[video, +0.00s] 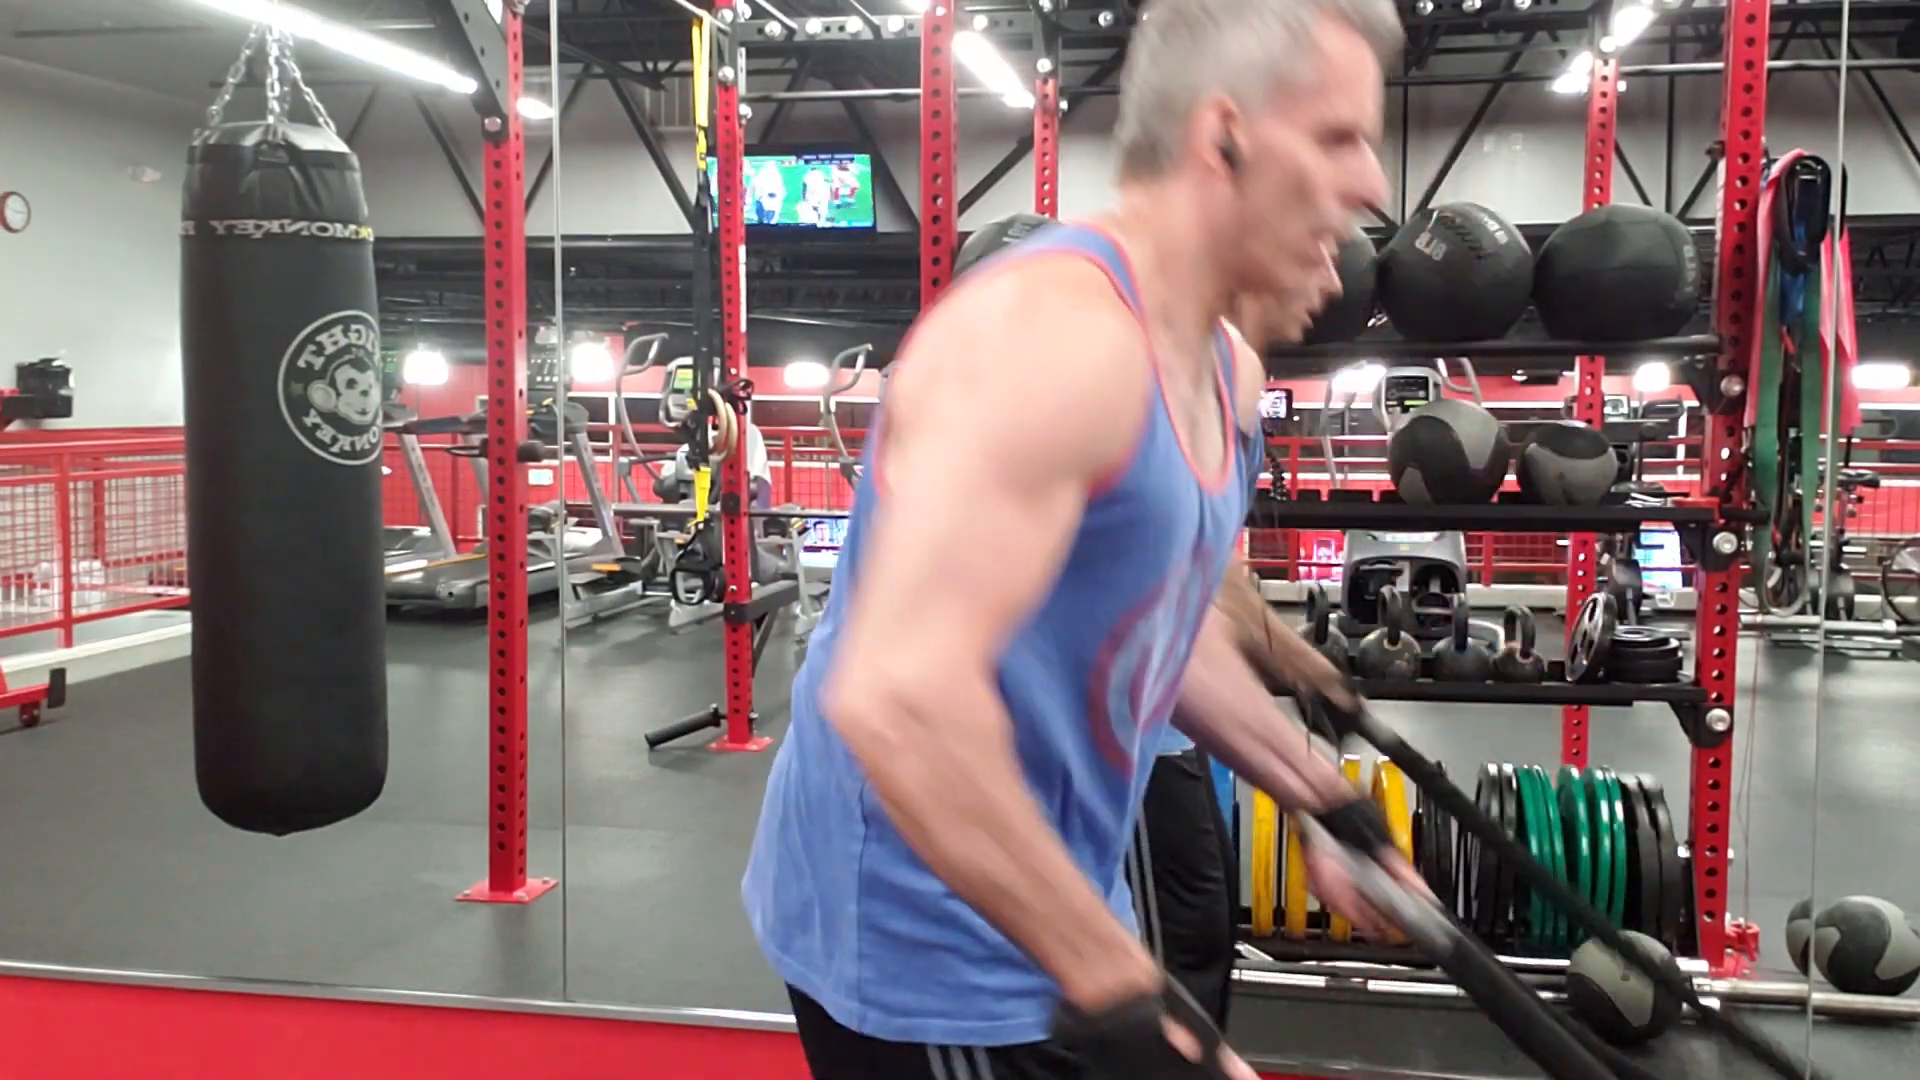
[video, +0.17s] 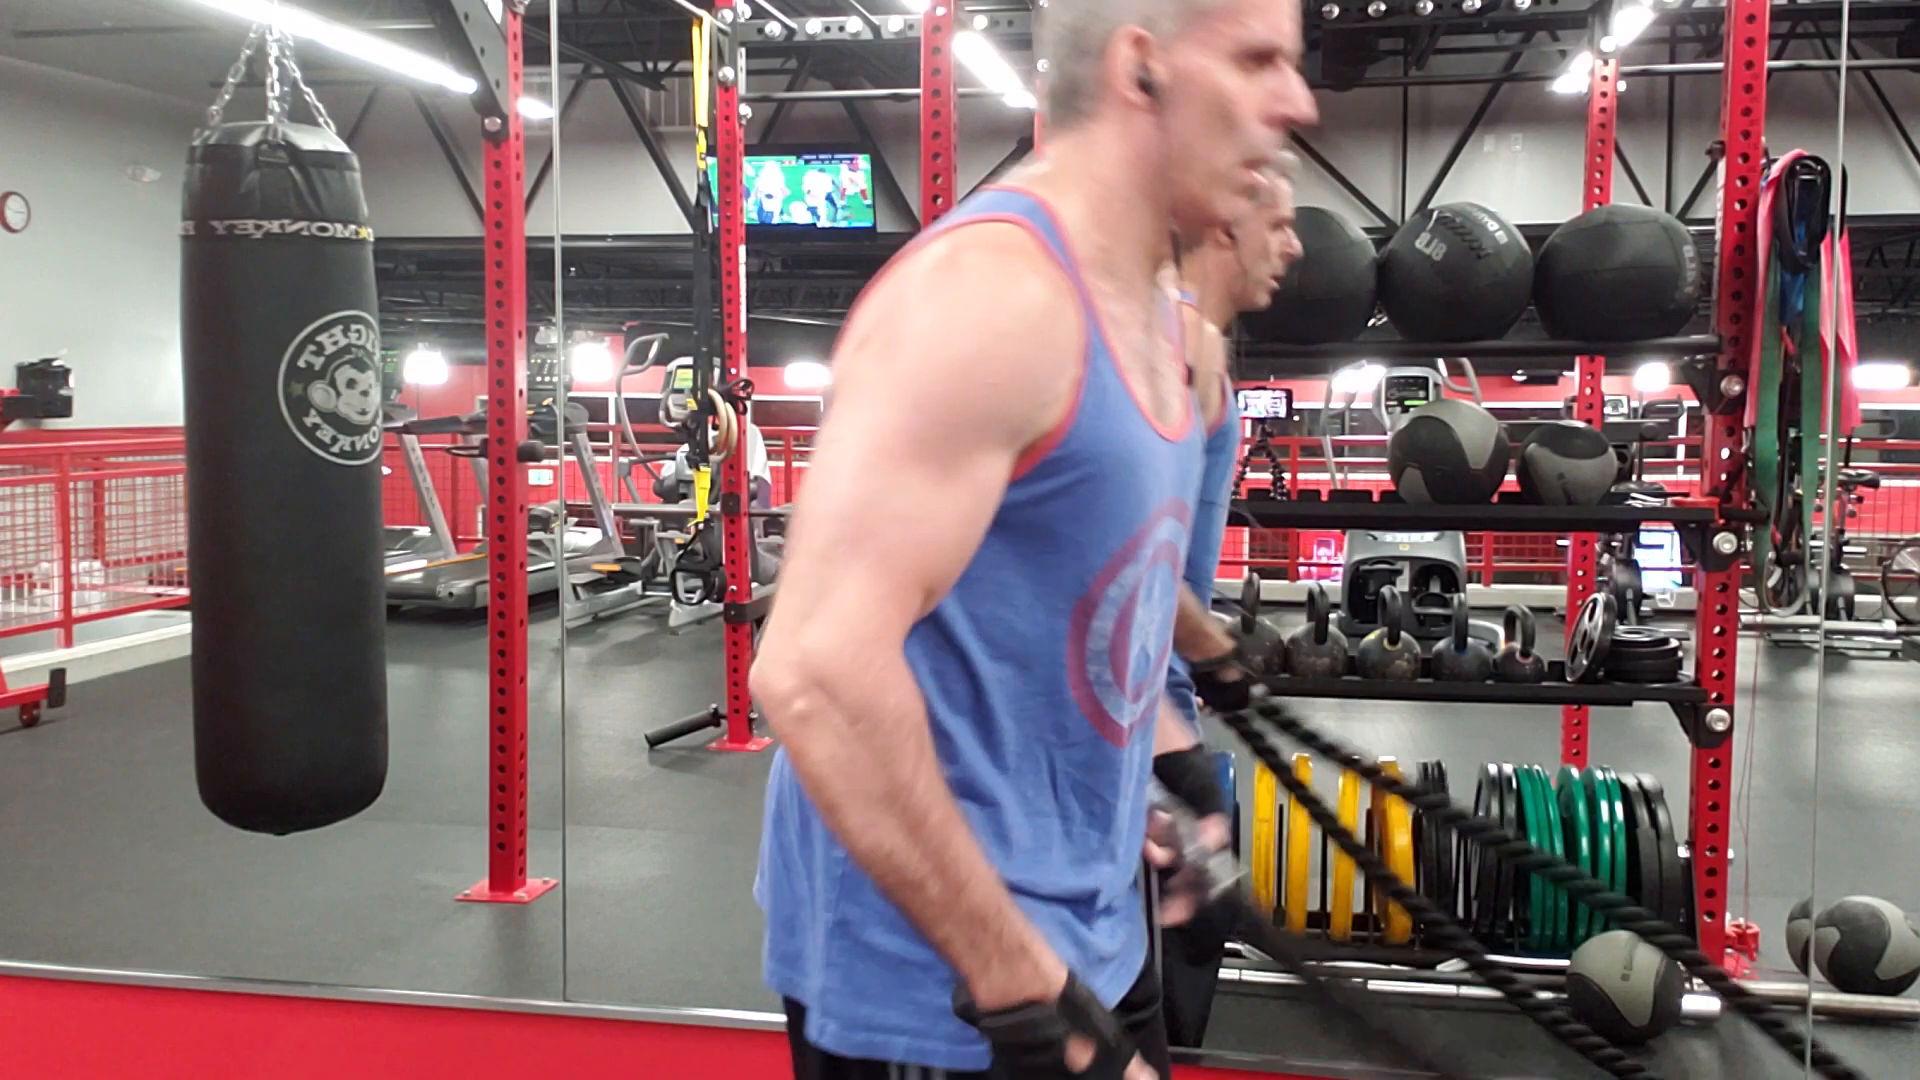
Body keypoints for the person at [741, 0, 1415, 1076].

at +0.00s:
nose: (1372, 190)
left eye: (1369, 146)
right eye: (1341, 139)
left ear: (1227, 145)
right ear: (1222, 137)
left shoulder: (1225, 366)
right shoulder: (1048, 330)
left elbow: (1162, 630)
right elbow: (898, 691)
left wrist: (1322, 792)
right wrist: (1127, 999)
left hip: (1077, 902)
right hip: (925, 937)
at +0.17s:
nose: (1302, 107)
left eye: (1293, 66)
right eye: (1261, 60)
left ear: (1150, 70)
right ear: (1138, 65)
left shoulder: (1160, 312)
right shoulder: (984, 294)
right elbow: (816, 669)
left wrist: (1154, 791)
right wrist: (1016, 984)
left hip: (1093, 963)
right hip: (935, 1004)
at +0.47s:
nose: (1150, 67)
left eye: (1143, 28)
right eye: (1107, 21)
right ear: (984, 27)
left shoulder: (1020, 284)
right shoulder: (856, 278)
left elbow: (1004, 603)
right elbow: (766, 683)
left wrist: (1150, 771)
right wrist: (1063, 956)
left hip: (970, 968)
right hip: (862, 995)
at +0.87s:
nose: (971, 67)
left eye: (965, 28)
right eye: (930, 20)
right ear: (813, 30)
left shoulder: (891, 290)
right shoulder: (707, 275)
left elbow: (883, 598)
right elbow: (625, 658)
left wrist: (1039, 726)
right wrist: (904, 893)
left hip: (880, 974)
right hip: (766, 1000)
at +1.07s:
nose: (918, 74)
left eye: (916, 41)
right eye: (875, 31)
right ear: (764, 39)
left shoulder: (838, 280)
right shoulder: (662, 257)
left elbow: (821, 571)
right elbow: (518, 594)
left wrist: (965, 704)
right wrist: (809, 791)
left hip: (806, 910)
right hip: (686, 948)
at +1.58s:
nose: (769, 71)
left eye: (766, 38)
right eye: (723, 29)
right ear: (606, 40)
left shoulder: (734, 283)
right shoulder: (505, 266)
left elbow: (766, 567)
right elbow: (441, 633)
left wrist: (923, 706)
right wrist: (739, 841)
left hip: (736, 915)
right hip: (564, 951)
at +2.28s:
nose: (844, 181)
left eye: (852, 145)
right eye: (817, 134)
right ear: (706, 104)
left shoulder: (778, 328)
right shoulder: (539, 304)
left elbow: (775, 601)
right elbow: (447, 656)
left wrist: (902, 772)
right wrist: (685, 887)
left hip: (748, 925)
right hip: (574, 967)